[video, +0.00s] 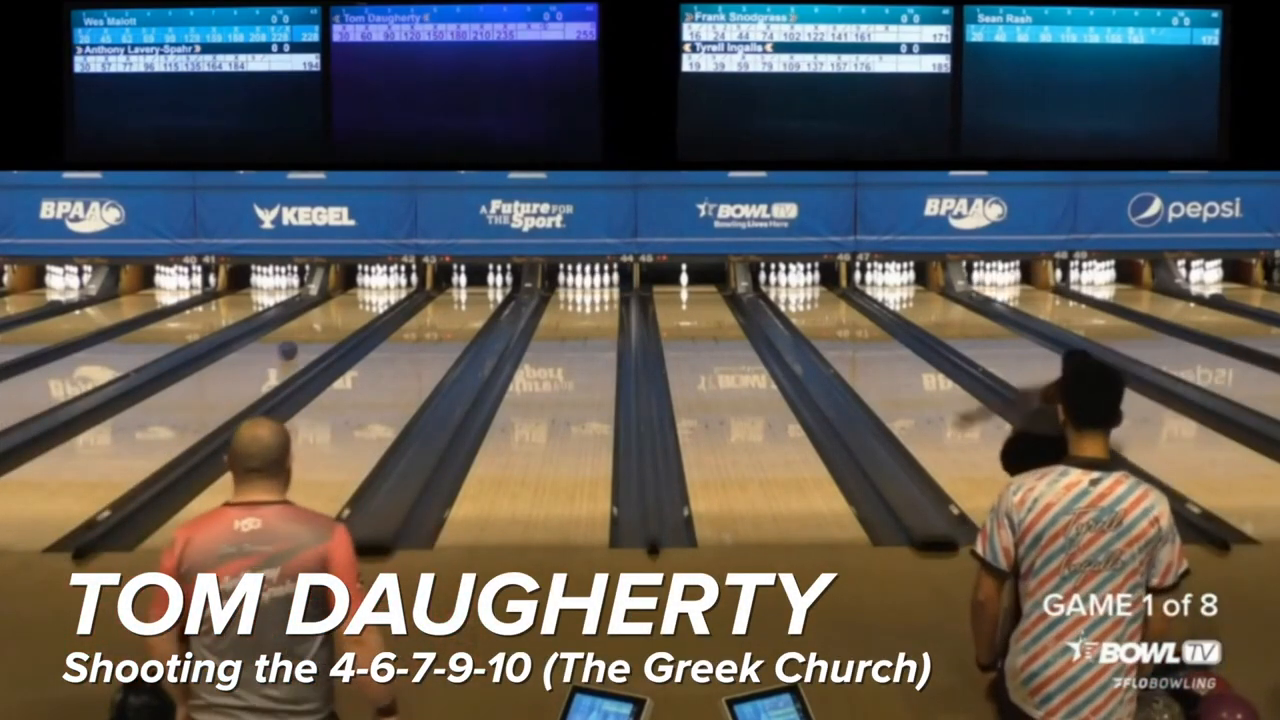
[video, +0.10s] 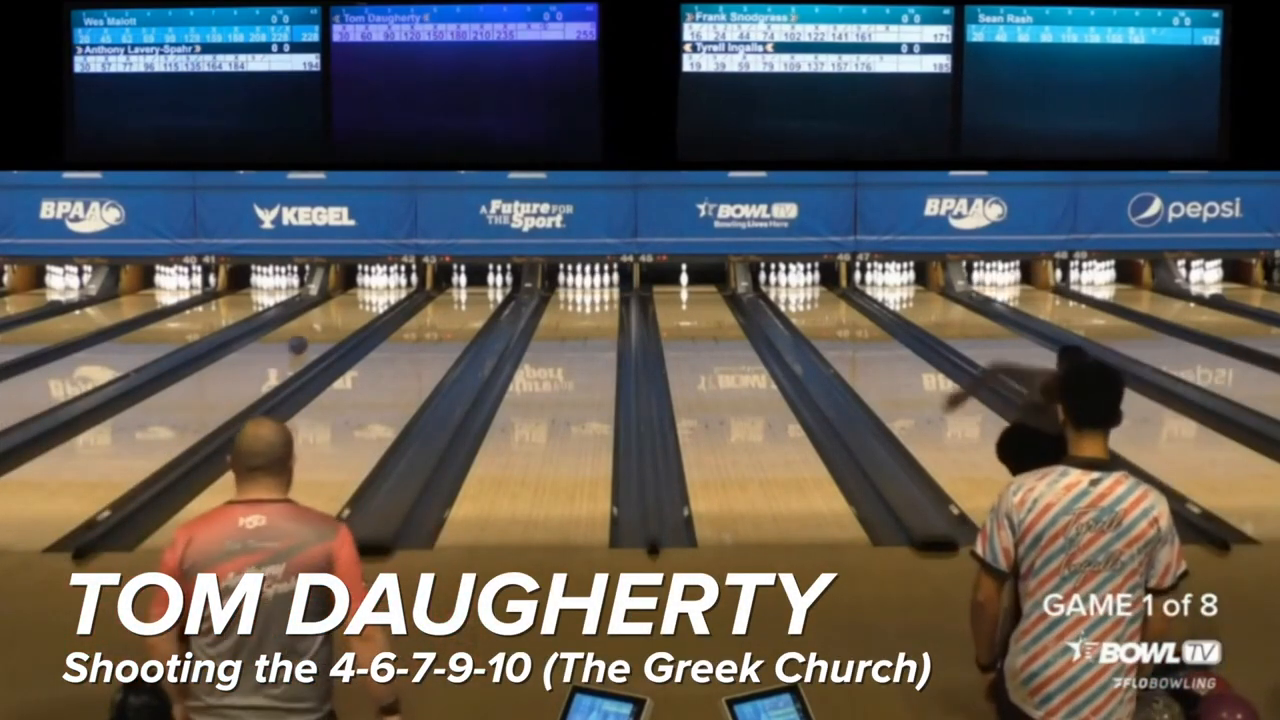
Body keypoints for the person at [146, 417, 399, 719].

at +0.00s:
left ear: (229, 465)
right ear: (289, 464)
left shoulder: (188, 538)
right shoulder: (329, 535)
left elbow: (163, 650)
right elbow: (358, 641)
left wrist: (183, 702)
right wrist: (386, 704)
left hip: (213, 709)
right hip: (302, 709)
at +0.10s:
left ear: (231, 465)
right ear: (291, 463)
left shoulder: (190, 537)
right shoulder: (331, 535)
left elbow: (162, 640)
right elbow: (364, 634)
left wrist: (178, 701)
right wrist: (389, 705)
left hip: (210, 708)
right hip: (302, 709)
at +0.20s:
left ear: (228, 464)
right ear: (286, 462)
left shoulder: (188, 532)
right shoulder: (325, 530)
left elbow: (152, 625)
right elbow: (361, 627)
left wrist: (164, 688)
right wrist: (382, 697)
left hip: (205, 707)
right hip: (298, 706)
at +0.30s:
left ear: (216, 469)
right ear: (271, 467)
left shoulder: (176, 536)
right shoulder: (308, 527)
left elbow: (146, 626)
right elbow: (339, 616)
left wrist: (159, 689)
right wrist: (358, 685)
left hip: (197, 707)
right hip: (287, 706)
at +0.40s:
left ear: (212, 472)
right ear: (266, 470)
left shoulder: (172, 537)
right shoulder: (301, 525)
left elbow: (144, 626)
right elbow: (334, 614)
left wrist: (159, 689)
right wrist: (351, 682)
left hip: (194, 705)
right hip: (283, 704)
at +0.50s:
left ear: (198, 480)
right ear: (250, 475)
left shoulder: (163, 541)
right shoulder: (280, 521)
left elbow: (144, 625)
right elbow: (314, 607)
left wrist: (147, 679)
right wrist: (337, 675)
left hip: (182, 703)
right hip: (267, 699)